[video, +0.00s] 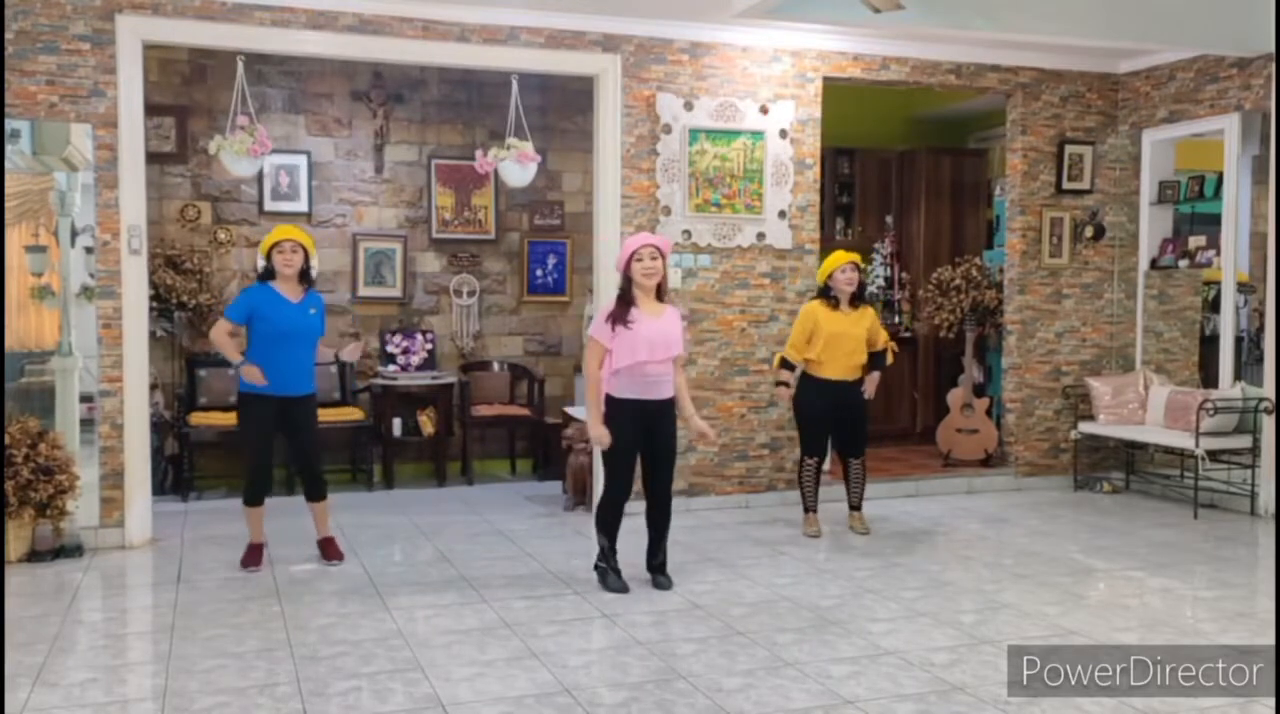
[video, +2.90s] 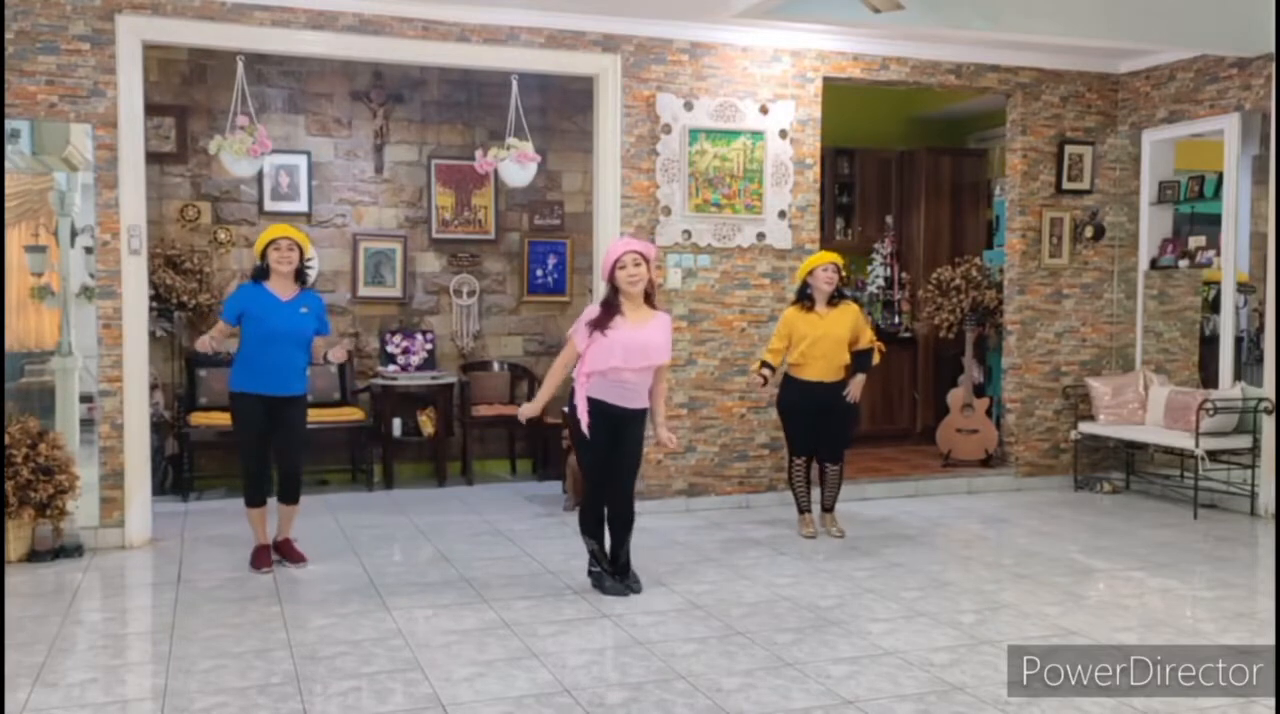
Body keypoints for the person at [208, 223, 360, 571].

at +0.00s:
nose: (288, 257)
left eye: (295, 251)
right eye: (281, 251)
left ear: (305, 259)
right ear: (271, 258)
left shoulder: (314, 301)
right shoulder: (255, 295)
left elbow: (313, 350)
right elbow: (218, 332)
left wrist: (340, 354)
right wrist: (242, 363)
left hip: (301, 397)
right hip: (258, 397)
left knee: (311, 466)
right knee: (258, 469)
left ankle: (325, 536)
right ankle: (256, 541)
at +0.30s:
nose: (272, 255)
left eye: (279, 249)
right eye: (265, 249)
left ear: (290, 258)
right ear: (254, 257)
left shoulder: (301, 303)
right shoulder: (236, 295)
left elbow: (303, 350)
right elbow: (204, 330)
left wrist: (317, 355)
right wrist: (191, 353)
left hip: (286, 397)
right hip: (242, 396)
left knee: (296, 462)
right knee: (249, 467)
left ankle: (291, 533)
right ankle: (255, 541)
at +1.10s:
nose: (284, 256)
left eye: (291, 251)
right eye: (278, 251)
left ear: (301, 259)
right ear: (266, 259)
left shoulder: (321, 296)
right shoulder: (254, 304)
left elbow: (338, 339)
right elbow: (246, 352)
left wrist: (328, 354)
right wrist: (213, 340)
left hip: (310, 397)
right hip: (266, 398)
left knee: (320, 466)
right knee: (261, 468)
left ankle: (334, 539)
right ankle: (256, 541)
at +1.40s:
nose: (309, 259)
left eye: (316, 254)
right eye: (302, 254)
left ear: (323, 261)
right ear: (290, 261)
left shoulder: (343, 295)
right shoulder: (278, 307)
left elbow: (365, 332)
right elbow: (273, 357)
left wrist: (377, 350)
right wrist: (258, 368)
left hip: (340, 398)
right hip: (296, 399)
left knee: (338, 469)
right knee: (284, 468)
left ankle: (336, 539)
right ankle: (277, 535)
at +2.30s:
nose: (306, 254)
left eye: (312, 249)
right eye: (298, 249)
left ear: (319, 258)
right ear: (286, 256)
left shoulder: (324, 302)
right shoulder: (267, 295)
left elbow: (326, 351)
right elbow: (230, 329)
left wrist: (361, 346)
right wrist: (262, 351)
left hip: (312, 396)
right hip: (270, 396)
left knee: (321, 465)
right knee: (266, 467)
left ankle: (334, 539)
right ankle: (263, 543)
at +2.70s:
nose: (287, 255)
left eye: (294, 250)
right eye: (280, 249)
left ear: (304, 260)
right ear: (268, 257)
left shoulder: (311, 304)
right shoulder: (248, 293)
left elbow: (312, 353)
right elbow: (209, 324)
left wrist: (331, 355)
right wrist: (210, 344)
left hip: (292, 396)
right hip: (249, 395)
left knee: (298, 465)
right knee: (255, 468)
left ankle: (288, 535)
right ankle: (261, 543)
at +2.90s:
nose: (284, 254)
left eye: (291, 249)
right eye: (278, 248)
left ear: (301, 258)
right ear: (265, 256)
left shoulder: (312, 301)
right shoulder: (247, 294)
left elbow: (317, 349)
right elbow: (221, 330)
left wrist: (331, 352)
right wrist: (208, 340)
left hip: (292, 396)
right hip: (249, 394)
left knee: (291, 466)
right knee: (255, 467)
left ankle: (284, 539)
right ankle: (262, 544)